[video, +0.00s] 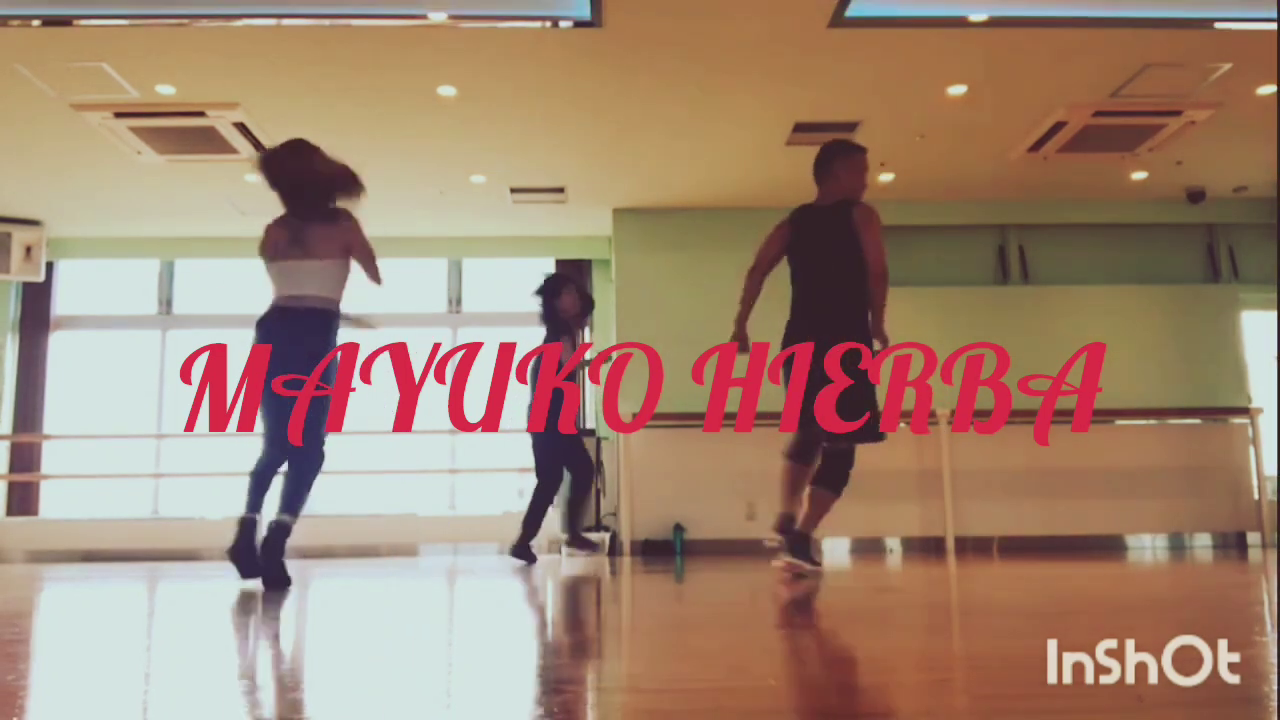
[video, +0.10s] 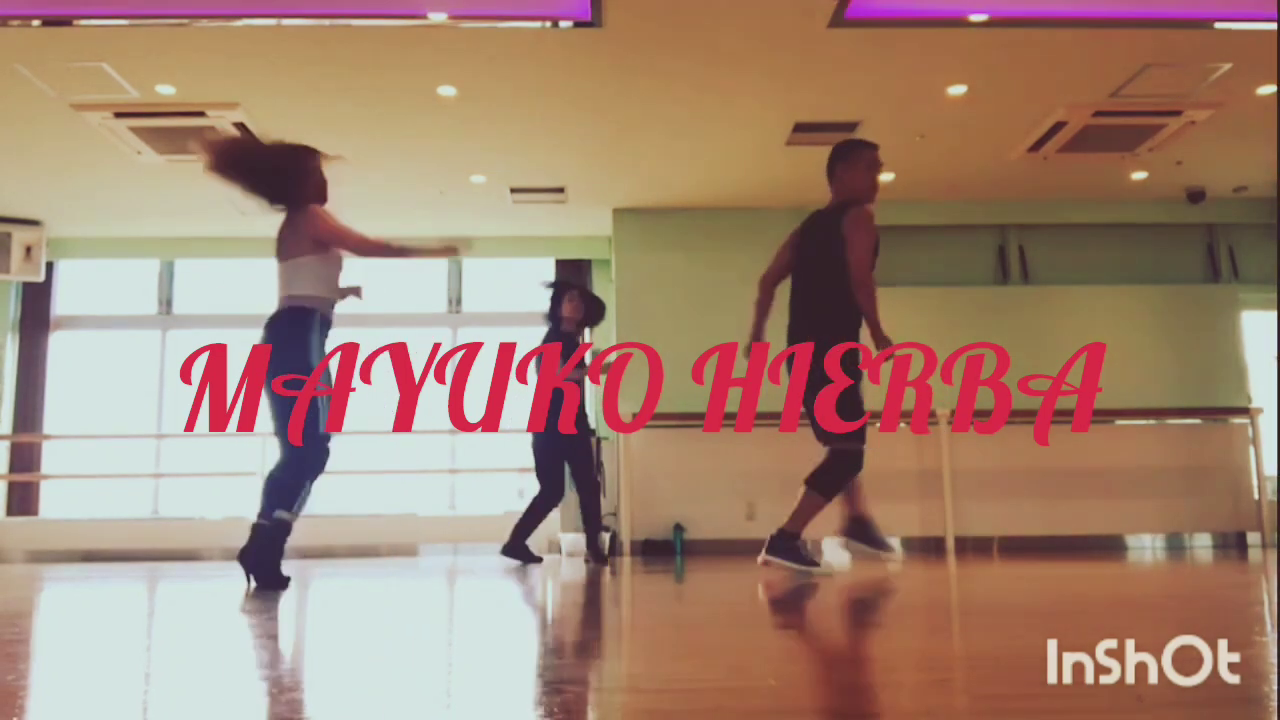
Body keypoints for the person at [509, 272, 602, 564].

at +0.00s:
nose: (571, 301)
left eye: (573, 295)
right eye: (564, 296)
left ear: (580, 302)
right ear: (552, 303)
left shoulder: (568, 335)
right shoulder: (557, 337)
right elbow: (551, 380)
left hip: (560, 422)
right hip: (549, 423)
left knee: (584, 471)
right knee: (549, 481)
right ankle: (522, 542)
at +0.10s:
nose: (570, 305)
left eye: (576, 301)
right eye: (566, 301)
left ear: (585, 311)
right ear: (557, 308)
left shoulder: (578, 344)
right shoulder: (553, 340)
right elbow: (550, 375)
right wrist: (582, 369)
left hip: (575, 425)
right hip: (549, 425)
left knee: (589, 487)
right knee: (552, 491)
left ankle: (594, 547)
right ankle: (516, 542)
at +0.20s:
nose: (571, 306)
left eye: (576, 302)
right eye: (567, 302)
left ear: (586, 309)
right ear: (558, 308)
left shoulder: (589, 347)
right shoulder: (547, 343)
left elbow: (598, 378)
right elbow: (534, 373)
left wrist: (572, 380)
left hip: (583, 424)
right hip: (551, 424)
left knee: (589, 488)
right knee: (555, 490)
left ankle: (592, 547)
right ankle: (520, 540)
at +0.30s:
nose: (570, 300)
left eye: (576, 296)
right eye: (566, 296)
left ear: (585, 302)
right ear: (558, 302)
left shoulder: (597, 341)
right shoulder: (546, 340)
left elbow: (614, 373)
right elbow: (526, 374)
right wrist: (531, 364)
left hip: (584, 423)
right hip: (549, 423)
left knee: (586, 485)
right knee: (540, 480)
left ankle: (592, 545)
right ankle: (530, 537)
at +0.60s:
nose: (561, 301)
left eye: (567, 297)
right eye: (557, 297)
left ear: (576, 304)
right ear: (548, 304)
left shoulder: (585, 342)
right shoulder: (542, 343)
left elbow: (593, 379)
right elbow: (520, 374)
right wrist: (491, 374)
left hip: (572, 422)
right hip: (540, 421)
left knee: (575, 485)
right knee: (527, 483)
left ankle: (590, 544)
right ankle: (532, 548)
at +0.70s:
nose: (558, 300)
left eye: (564, 296)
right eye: (554, 295)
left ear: (571, 303)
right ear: (545, 303)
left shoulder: (582, 340)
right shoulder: (535, 341)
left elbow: (583, 378)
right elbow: (521, 374)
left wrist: (563, 392)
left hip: (568, 419)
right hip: (535, 418)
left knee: (571, 482)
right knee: (526, 482)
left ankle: (583, 543)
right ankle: (532, 548)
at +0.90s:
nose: (553, 296)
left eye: (559, 292)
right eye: (548, 292)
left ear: (567, 300)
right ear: (540, 300)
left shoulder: (580, 336)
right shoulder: (529, 339)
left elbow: (587, 376)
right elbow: (520, 375)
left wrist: (582, 361)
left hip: (569, 415)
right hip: (536, 414)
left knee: (572, 479)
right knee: (528, 481)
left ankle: (563, 543)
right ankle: (532, 547)